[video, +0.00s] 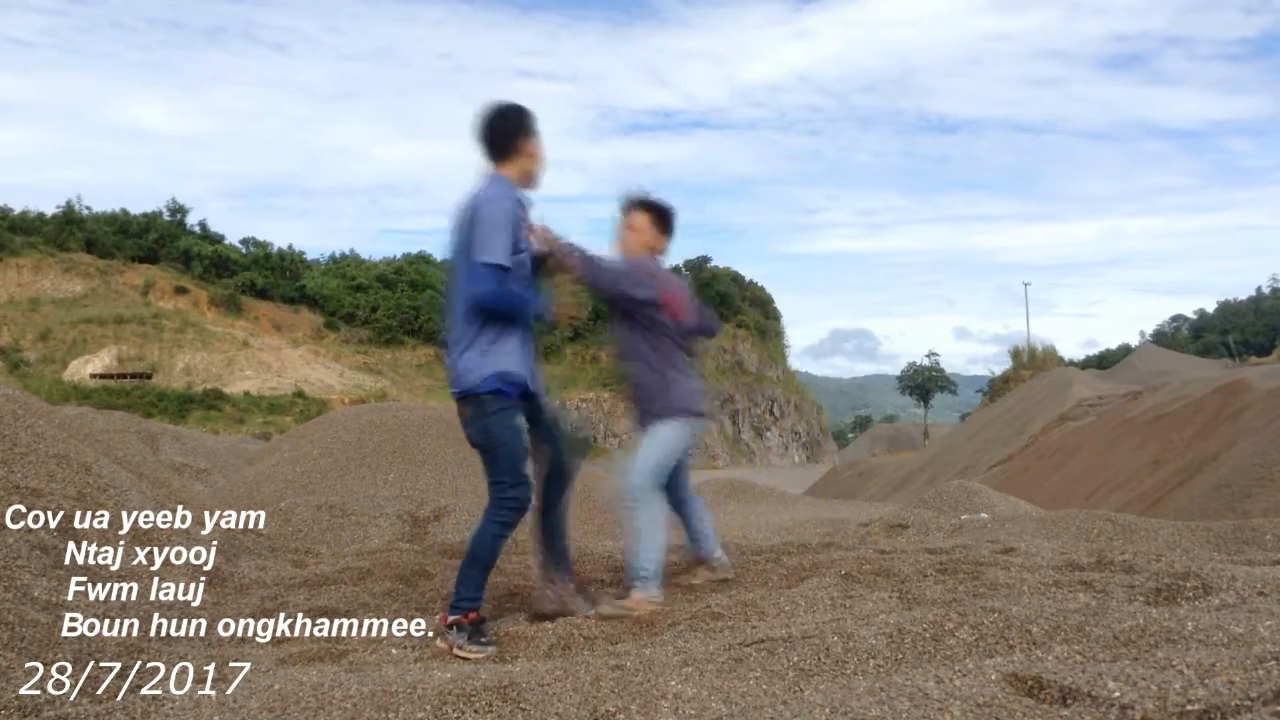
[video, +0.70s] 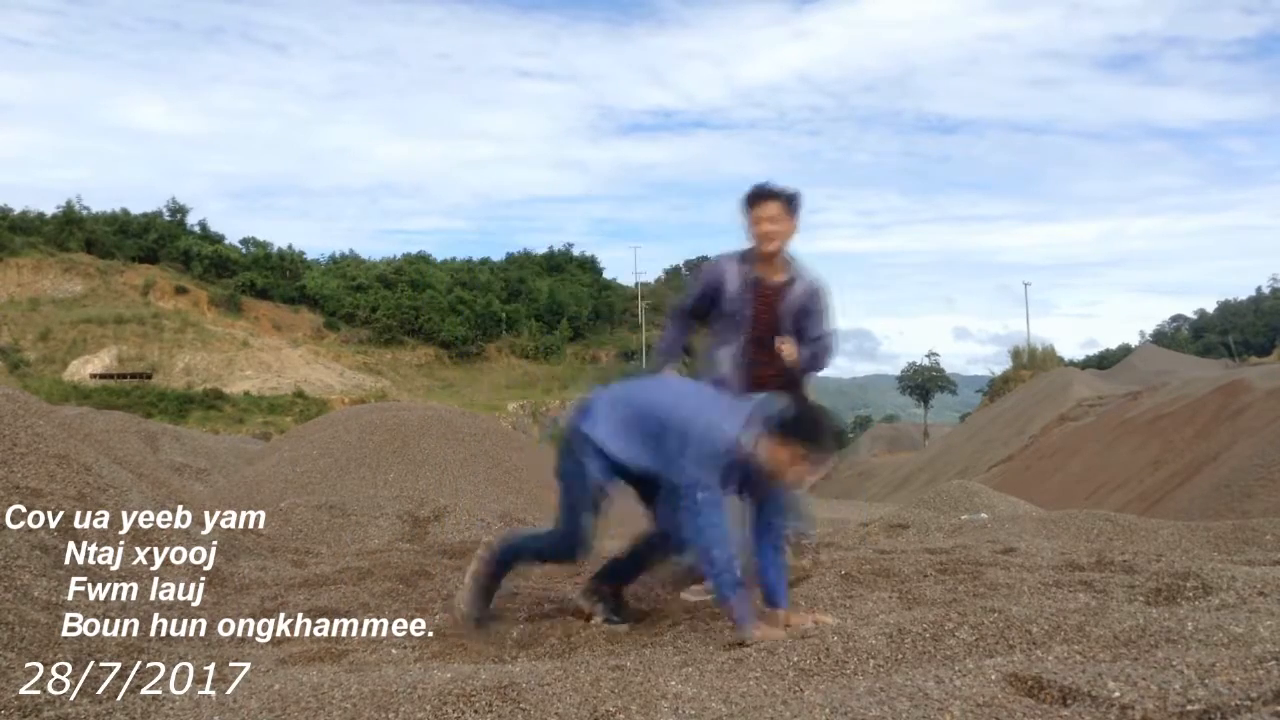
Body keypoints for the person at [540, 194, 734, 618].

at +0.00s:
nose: (624, 236)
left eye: (634, 230)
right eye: (625, 228)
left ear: (658, 239)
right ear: (633, 233)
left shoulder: (646, 275)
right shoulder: (671, 283)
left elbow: (600, 274)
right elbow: (705, 323)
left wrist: (554, 245)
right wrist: (670, 329)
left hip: (672, 412)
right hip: (675, 410)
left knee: (641, 482)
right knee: (678, 488)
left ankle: (645, 588)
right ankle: (712, 557)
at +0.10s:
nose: (614, 212)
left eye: (626, 205)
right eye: (613, 203)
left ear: (651, 216)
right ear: (611, 208)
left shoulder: (645, 251)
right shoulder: (627, 254)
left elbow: (591, 257)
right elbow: (579, 257)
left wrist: (540, 228)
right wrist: (534, 232)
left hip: (658, 398)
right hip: (638, 396)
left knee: (616, 484)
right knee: (641, 479)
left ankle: (640, 592)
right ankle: (682, 557)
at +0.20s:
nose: (629, 193)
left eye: (641, 187)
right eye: (626, 184)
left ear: (664, 200)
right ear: (619, 189)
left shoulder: (660, 243)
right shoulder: (609, 231)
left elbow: (612, 275)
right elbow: (571, 233)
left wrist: (556, 253)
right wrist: (550, 205)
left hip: (655, 376)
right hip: (622, 373)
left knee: (637, 481)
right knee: (637, 473)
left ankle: (641, 594)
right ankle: (674, 550)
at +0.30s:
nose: (677, 215)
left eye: (689, 211)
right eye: (674, 205)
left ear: (704, 223)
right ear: (662, 205)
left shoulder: (694, 279)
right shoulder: (634, 238)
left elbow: (643, 317)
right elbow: (582, 201)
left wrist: (589, 293)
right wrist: (585, 245)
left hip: (652, 392)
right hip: (603, 381)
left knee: (639, 484)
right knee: (596, 479)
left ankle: (642, 590)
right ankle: (639, 556)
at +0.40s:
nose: (701, 241)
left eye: (714, 237)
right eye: (698, 230)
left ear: (731, 251)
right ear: (688, 231)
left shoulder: (717, 305)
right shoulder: (657, 247)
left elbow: (666, 332)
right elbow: (603, 209)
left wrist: (614, 306)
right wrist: (585, 256)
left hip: (663, 402)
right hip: (615, 392)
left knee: (647, 494)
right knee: (601, 485)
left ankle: (639, 591)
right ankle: (644, 549)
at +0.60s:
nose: (732, 239)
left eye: (741, 232)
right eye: (724, 230)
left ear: (755, 237)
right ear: (710, 234)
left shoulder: (767, 301)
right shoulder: (686, 279)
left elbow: (773, 358)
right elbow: (682, 338)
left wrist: (777, 386)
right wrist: (719, 373)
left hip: (724, 409)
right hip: (671, 399)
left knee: (692, 493)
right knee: (668, 489)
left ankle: (663, 581)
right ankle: (718, 566)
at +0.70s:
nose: (767, 229)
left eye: (776, 220)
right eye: (759, 220)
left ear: (793, 225)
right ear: (748, 225)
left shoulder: (807, 288)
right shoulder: (722, 273)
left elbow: (822, 349)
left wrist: (801, 357)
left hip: (780, 402)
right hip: (723, 399)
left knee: (772, 490)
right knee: (707, 480)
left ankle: (767, 575)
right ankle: (709, 570)